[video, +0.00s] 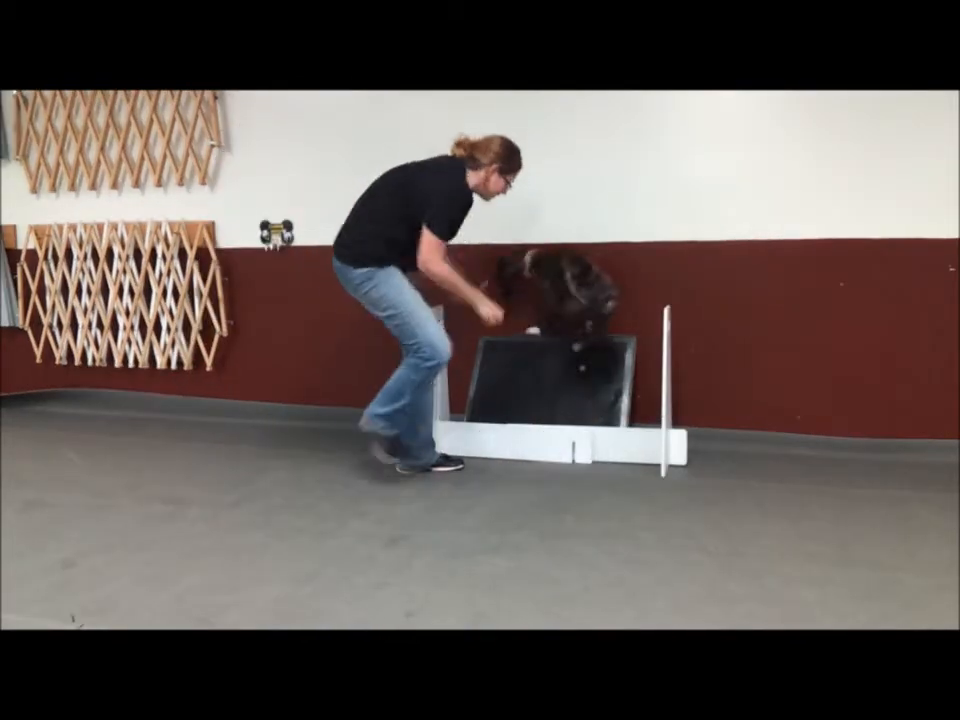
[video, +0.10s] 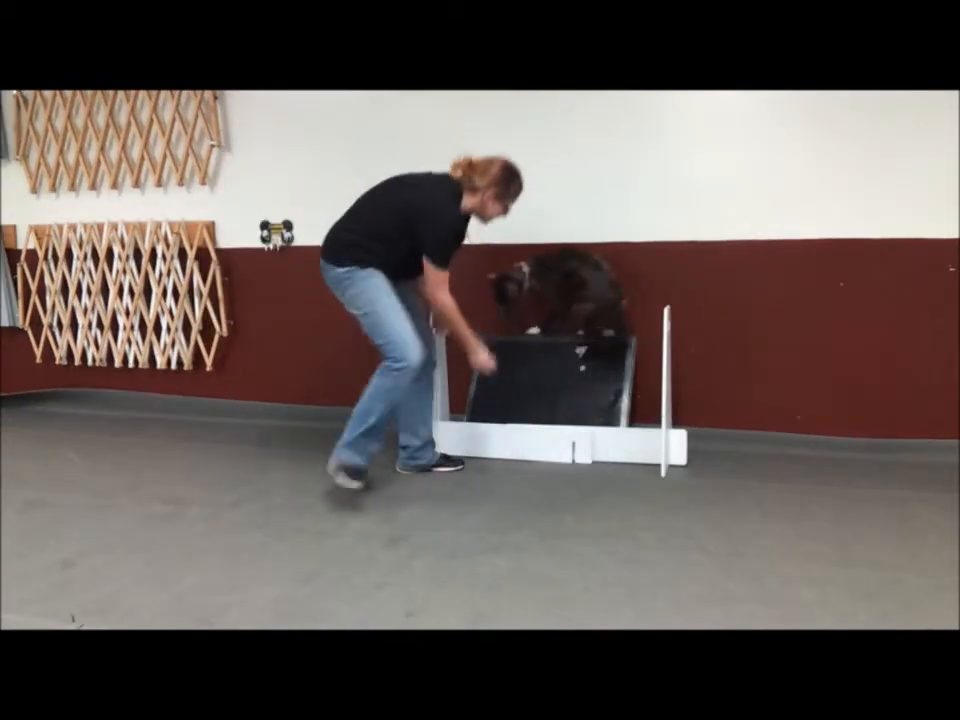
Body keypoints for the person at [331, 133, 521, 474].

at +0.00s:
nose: (506, 188)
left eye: (510, 182)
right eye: (507, 179)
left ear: (486, 167)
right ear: (489, 169)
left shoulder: (450, 177)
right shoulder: (453, 189)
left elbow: (431, 252)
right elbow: (430, 262)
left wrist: (472, 292)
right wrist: (479, 301)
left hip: (376, 261)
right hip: (365, 264)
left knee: (424, 350)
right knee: (434, 350)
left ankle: (416, 454)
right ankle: (379, 421)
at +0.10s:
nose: (504, 212)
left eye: (508, 206)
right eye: (504, 203)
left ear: (484, 189)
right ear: (486, 192)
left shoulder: (453, 199)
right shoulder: (444, 213)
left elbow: (433, 257)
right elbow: (436, 291)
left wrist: (437, 302)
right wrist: (474, 347)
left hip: (392, 268)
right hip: (353, 264)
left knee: (421, 355)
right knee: (407, 356)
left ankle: (417, 455)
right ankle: (348, 459)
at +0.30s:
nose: (461, 285)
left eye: (466, 279)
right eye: (462, 277)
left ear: (443, 259)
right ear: (441, 262)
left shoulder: (431, 240)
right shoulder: (396, 275)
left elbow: (392, 283)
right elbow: (414, 370)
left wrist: (379, 334)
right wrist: (449, 444)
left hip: (360, 283)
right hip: (312, 282)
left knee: (408, 360)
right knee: (330, 381)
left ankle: (415, 454)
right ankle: (307, 510)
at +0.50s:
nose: (371, 321)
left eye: (379, 311)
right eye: (361, 311)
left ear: (389, 293)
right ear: (333, 293)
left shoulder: (393, 269)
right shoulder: (303, 296)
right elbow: (318, 391)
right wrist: (335, 482)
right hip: (278, 286)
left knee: (381, 366)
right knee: (278, 394)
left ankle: (410, 450)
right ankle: (297, 512)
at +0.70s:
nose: (283, 277)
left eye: (290, 266)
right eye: (271, 270)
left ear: (305, 250)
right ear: (250, 261)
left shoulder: (345, 239)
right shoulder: (234, 272)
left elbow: (360, 271)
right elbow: (224, 360)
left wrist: (321, 329)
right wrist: (200, 453)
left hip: (343, 281)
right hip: (276, 302)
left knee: (356, 365)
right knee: (274, 397)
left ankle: (354, 445)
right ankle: (299, 512)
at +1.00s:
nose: (234, 153)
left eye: (243, 139)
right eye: (222, 142)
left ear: (265, 134)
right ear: (208, 145)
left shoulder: (310, 159)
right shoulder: (204, 191)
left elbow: (347, 229)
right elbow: (181, 288)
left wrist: (313, 294)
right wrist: (149, 369)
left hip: (339, 264)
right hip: (269, 273)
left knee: (345, 376)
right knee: (282, 390)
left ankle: (339, 446)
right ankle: (302, 511)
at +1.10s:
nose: (233, 119)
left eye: (244, 106)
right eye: (221, 107)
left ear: (267, 108)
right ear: (208, 114)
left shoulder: (310, 143)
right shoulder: (206, 169)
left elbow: (343, 225)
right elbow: (190, 265)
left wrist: (305, 291)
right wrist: (164, 343)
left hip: (338, 264)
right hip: (266, 271)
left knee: (341, 381)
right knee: (281, 390)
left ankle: (323, 451)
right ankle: (303, 512)